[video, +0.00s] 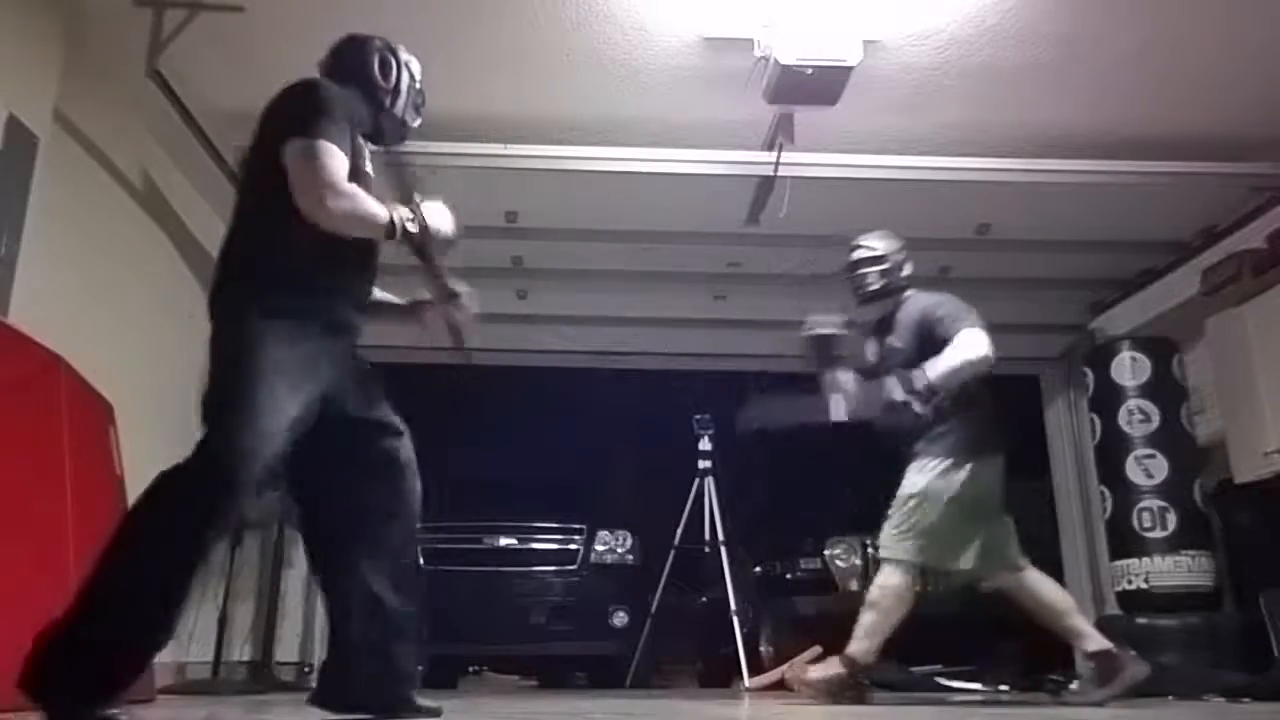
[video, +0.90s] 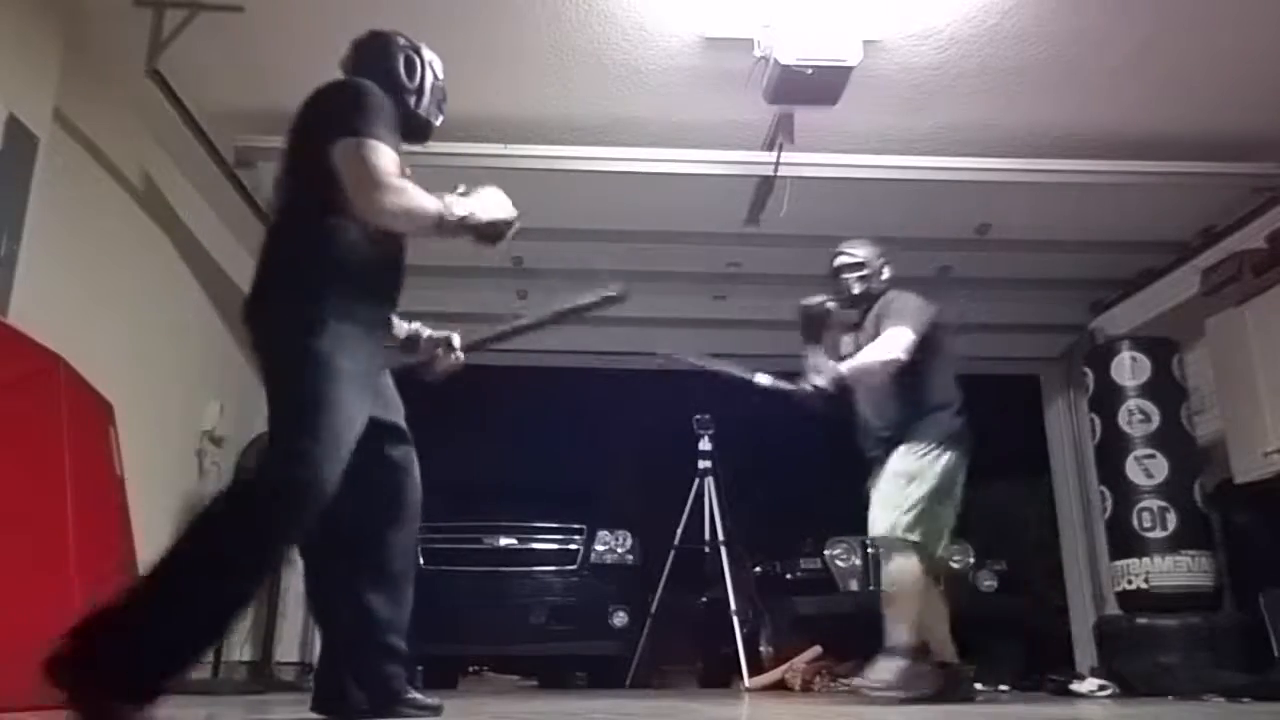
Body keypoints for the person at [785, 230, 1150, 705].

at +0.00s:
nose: (863, 276)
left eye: (873, 265)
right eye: (856, 269)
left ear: (899, 267)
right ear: (852, 278)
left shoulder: (931, 305)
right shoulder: (880, 335)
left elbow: (977, 350)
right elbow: (867, 404)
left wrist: (915, 381)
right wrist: (831, 364)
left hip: (960, 446)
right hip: (941, 450)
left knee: (899, 554)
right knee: (1007, 569)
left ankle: (851, 664)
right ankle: (1104, 656)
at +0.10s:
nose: (880, 266)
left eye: (890, 255)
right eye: (872, 259)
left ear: (919, 257)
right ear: (866, 268)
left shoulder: (943, 296)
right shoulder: (883, 323)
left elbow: (967, 336)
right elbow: (851, 392)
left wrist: (897, 335)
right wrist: (859, 344)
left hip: (970, 434)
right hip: (952, 440)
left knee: (912, 534)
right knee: (1013, 563)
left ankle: (907, 663)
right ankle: (1102, 656)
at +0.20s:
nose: (892, 256)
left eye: (900, 246)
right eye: (884, 250)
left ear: (925, 248)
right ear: (877, 258)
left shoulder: (949, 289)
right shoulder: (896, 311)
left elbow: (953, 338)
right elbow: (866, 384)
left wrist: (884, 333)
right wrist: (852, 337)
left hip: (971, 433)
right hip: (952, 439)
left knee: (931, 537)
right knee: (1013, 558)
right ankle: (1102, 654)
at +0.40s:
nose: (878, 258)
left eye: (886, 247)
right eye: (871, 252)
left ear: (915, 246)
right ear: (869, 261)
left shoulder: (938, 285)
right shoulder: (895, 303)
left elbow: (916, 334)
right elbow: (870, 371)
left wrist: (852, 362)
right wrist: (869, 326)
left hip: (975, 442)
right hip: (943, 449)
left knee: (973, 553)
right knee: (942, 555)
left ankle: (1015, 669)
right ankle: (1049, 634)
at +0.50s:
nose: (874, 263)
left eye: (882, 252)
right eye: (866, 257)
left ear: (907, 250)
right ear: (861, 266)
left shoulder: (931, 286)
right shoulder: (883, 312)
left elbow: (902, 316)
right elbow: (868, 385)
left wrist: (831, 324)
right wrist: (867, 334)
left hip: (971, 443)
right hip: (935, 452)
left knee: (975, 554)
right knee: (934, 558)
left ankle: (1015, 667)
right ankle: (979, 660)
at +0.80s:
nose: (853, 281)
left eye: (861, 270)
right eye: (846, 274)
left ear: (888, 269)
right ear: (841, 280)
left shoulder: (911, 302)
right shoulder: (853, 322)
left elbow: (900, 354)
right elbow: (815, 381)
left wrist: (838, 377)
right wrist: (839, 324)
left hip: (940, 431)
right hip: (910, 439)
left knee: (899, 527)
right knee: (929, 550)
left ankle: (967, 646)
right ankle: (957, 660)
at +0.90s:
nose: (849, 280)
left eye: (858, 269)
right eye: (840, 273)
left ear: (884, 270)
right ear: (835, 281)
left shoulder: (904, 304)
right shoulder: (846, 329)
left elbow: (893, 351)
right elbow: (825, 383)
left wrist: (839, 371)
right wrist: (812, 335)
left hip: (930, 438)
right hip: (893, 448)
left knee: (892, 531)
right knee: (914, 555)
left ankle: (900, 655)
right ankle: (944, 665)